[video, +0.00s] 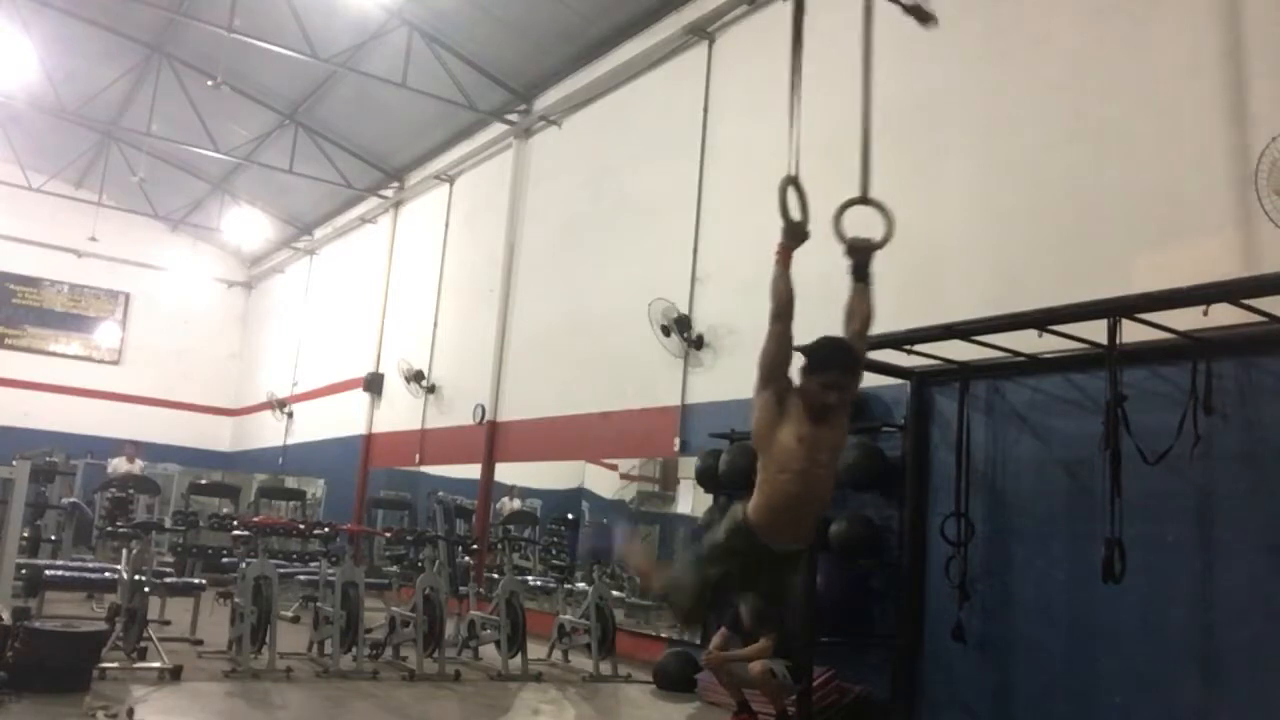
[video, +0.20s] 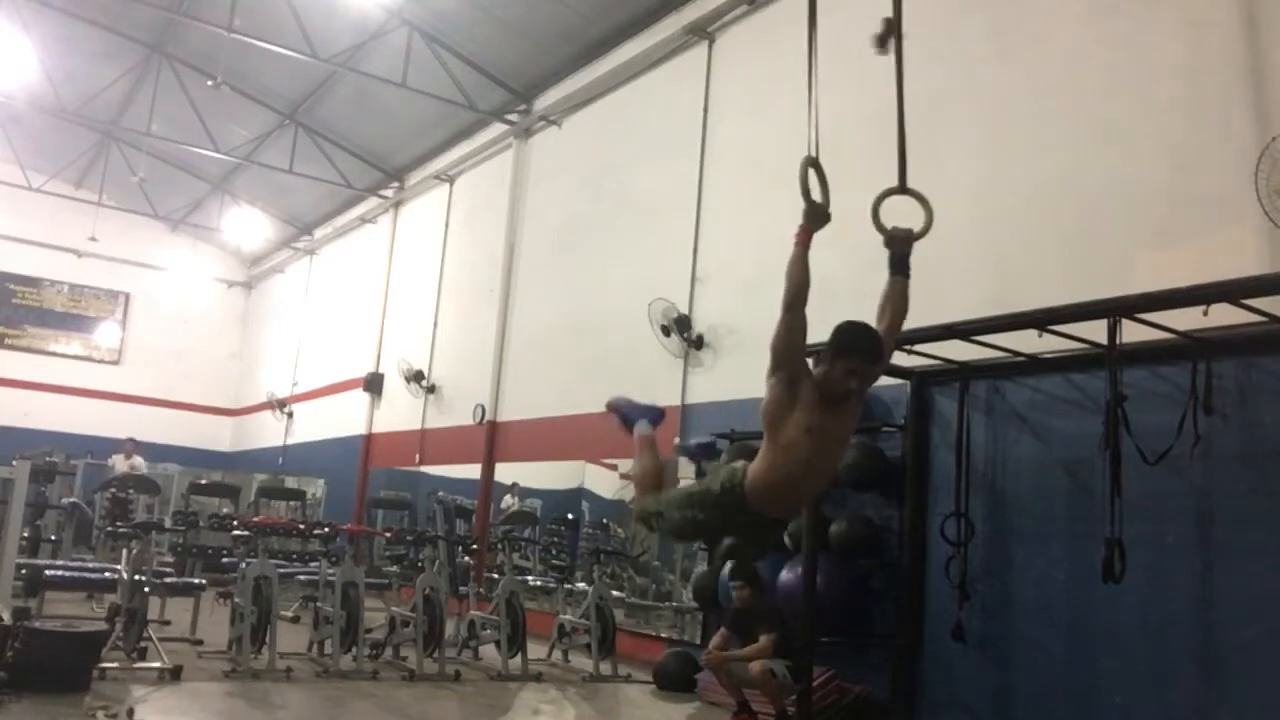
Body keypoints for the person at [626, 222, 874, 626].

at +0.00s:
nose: (834, 399)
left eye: (843, 391)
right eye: (826, 387)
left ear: (851, 389)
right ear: (804, 376)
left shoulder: (840, 411)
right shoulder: (775, 401)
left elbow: (857, 332)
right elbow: (780, 321)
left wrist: (861, 268)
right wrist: (784, 255)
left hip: (793, 556)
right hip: (744, 541)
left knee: (787, 648)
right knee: (685, 606)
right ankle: (631, 552)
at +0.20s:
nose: (854, 387)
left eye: (863, 380)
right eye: (849, 374)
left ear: (868, 377)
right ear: (827, 359)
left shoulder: (853, 396)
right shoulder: (790, 387)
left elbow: (888, 328)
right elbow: (794, 308)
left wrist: (899, 259)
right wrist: (804, 234)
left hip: (772, 523)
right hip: (733, 499)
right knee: (651, 510)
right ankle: (643, 427)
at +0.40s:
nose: (852, 388)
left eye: (859, 380)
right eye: (846, 376)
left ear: (863, 378)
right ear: (819, 365)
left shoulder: (849, 403)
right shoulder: (787, 390)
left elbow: (876, 333)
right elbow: (792, 313)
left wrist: (880, 268)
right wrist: (801, 246)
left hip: (774, 537)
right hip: (735, 514)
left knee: (728, 579)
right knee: (665, 549)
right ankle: (637, 486)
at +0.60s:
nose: (810, 393)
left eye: (815, 386)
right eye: (801, 384)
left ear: (823, 387)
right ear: (778, 382)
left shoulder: (811, 418)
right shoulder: (754, 411)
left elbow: (828, 349)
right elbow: (761, 336)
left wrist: (830, 283)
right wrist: (764, 275)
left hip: (776, 562)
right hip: (734, 552)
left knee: (745, 659)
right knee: (712, 659)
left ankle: (702, 697)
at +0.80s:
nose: (744, 386)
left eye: (746, 380)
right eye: (735, 378)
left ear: (747, 385)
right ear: (714, 382)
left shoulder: (745, 415)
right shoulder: (699, 413)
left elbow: (763, 353)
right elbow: (702, 342)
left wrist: (765, 293)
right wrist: (708, 283)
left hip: (760, 525)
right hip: (728, 532)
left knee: (829, 542)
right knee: (806, 538)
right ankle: (887, 585)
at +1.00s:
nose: (693, 333)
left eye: (691, 328)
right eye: (683, 329)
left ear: (696, 337)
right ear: (669, 343)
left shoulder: (721, 362)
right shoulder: (685, 375)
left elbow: (771, 349)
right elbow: (658, 320)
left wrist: (765, 297)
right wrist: (669, 267)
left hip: (799, 374)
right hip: (770, 381)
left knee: (900, 371)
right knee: (820, 345)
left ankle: (909, 478)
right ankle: (843, 453)